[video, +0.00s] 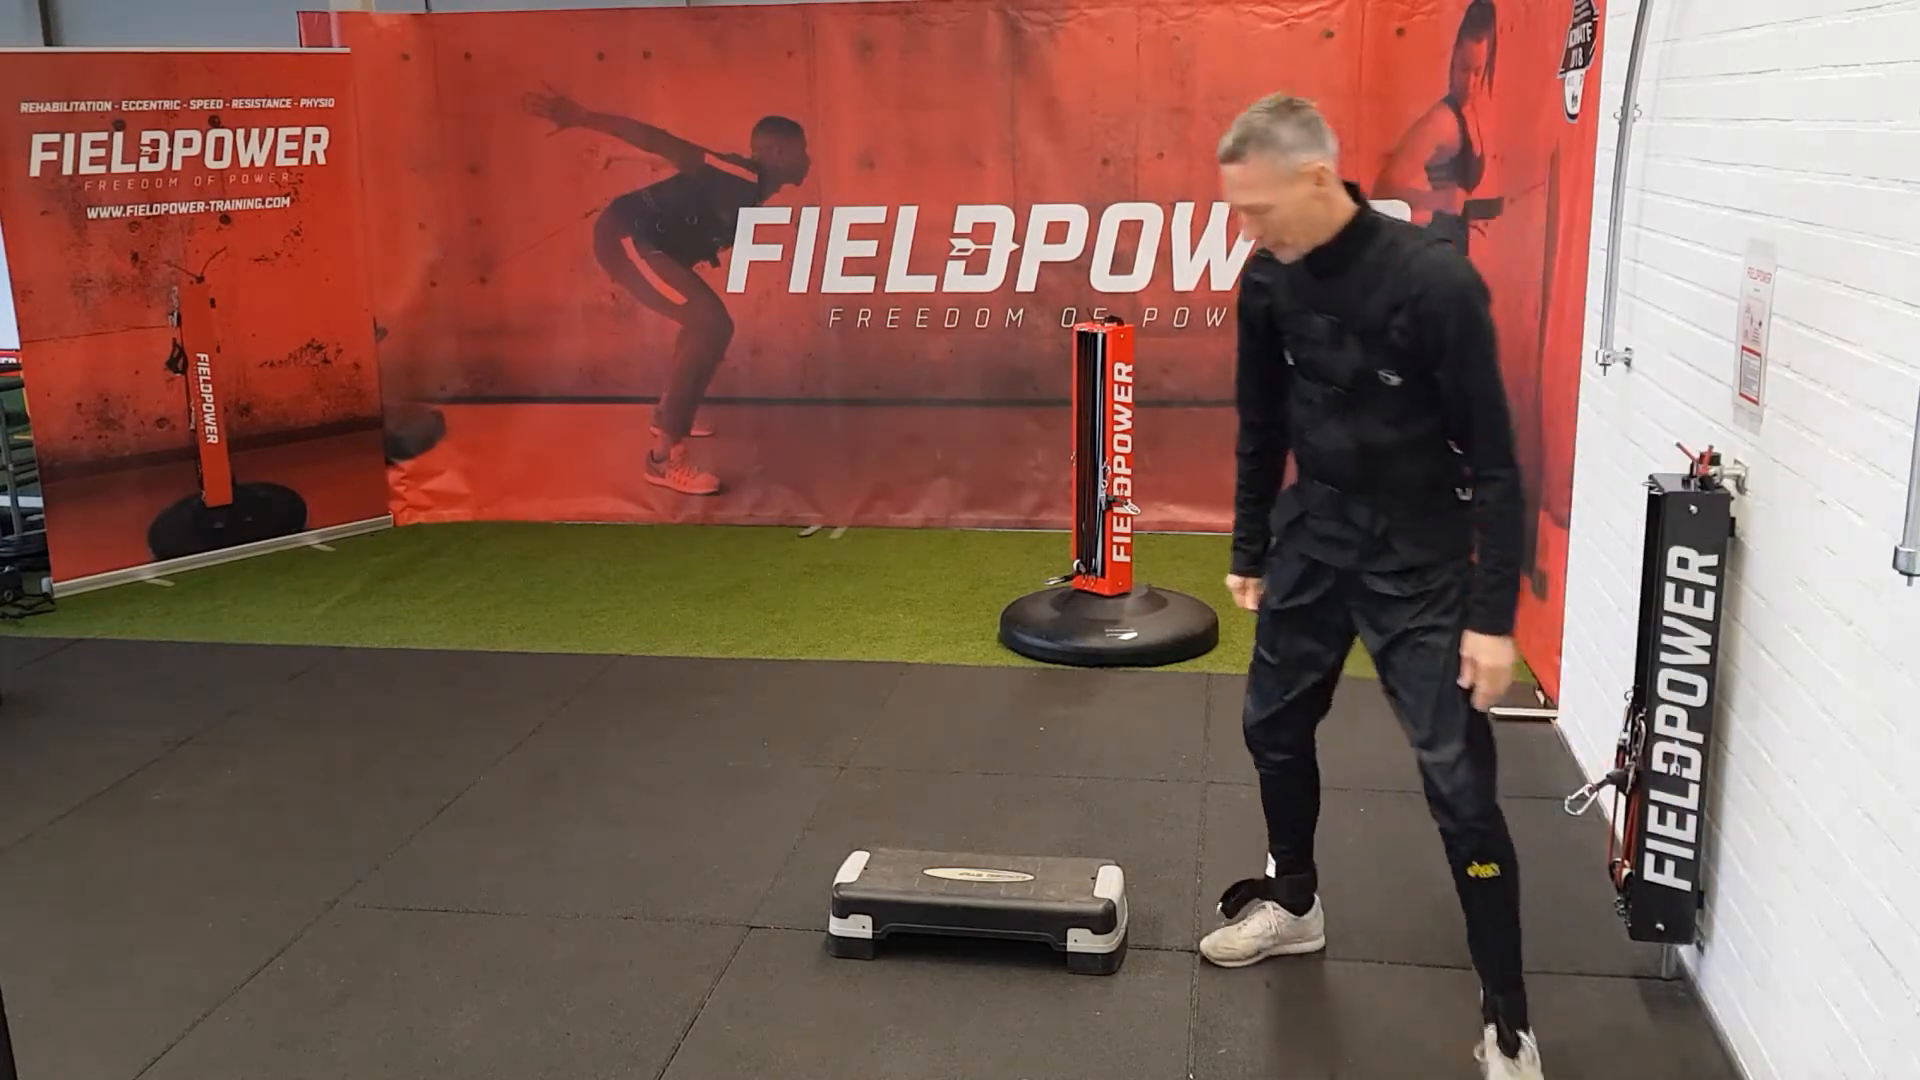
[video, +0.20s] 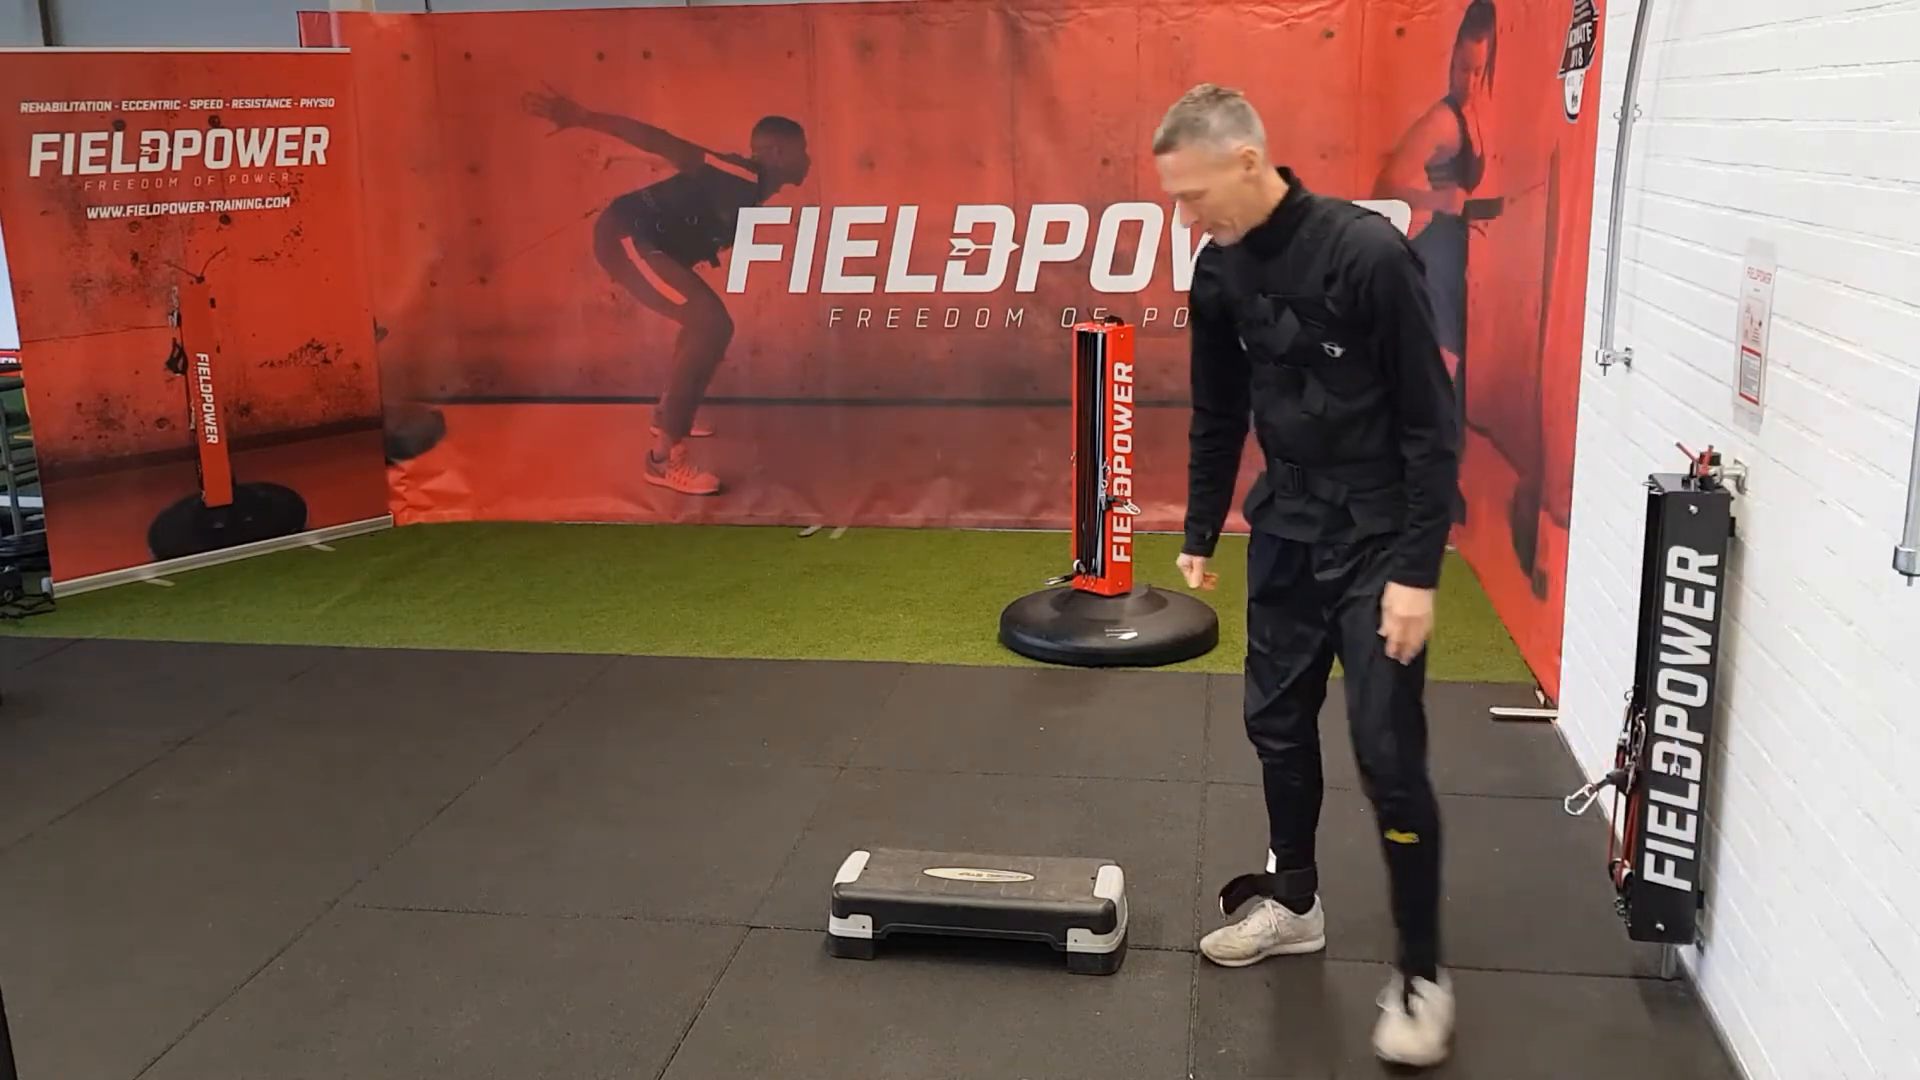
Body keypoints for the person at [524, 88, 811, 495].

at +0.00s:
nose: (807, 158)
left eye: (805, 149)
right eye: (800, 150)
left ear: (773, 151)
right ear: (771, 150)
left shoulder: (750, 188)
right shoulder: (736, 176)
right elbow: (660, 142)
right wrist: (584, 117)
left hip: (645, 237)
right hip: (626, 233)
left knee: (709, 322)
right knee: (713, 325)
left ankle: (670, 413)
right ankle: (665, 456)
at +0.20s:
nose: (807, 158)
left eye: (805, 149)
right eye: (800, 150)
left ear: (773, 151)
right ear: (771, 150)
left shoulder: (750, 188)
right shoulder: (736, 176)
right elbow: (660, 142)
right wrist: (584, 117)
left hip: (645, 237)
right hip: (626, 233)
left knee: (709, 322)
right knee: (713, 325)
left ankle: (670, 413)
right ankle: (664, 456)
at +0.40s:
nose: (807, 159)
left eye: (805, 150)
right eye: (800, 150)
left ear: (774, 151)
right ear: (772, 150)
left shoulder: (750, 188)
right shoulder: (735, 176)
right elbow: (660, 142)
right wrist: (584, 117)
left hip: (645, 237)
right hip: (626, 233)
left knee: (709, 322)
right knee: (713, 325)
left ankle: (670, 412)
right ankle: (665, 456)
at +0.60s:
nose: (807, 159)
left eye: (805, 150)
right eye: (800, 150)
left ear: (774, 151)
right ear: (772, 150)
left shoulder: (750, 188)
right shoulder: (735, 176)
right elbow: (659, 142)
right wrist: (584, 117)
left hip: (645, 237)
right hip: (626, 233)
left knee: (709, 322)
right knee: (713, 325)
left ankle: (670, 412)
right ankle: (665, 456)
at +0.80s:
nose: (808, 158)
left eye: (805, 149)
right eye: (800, 150)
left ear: (774, 151)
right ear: (771, 150)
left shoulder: (751, 188)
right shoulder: (734, 176)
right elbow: (659, 141)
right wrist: (584, 117)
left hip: (646, 237)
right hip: (626, 234)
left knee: (709, 322)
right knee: (713, 325)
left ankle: (670, 413)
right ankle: (665, 457)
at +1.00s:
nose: (808, 158)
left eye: (805, 149)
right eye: (800, 150)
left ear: (774, 152)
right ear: (770, 150)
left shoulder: (752, 188)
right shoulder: (735, 176)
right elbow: (658, 141)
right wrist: (584, 117)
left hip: (646, 237)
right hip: (626, 233)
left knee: (709, 322)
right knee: (713, 325)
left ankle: (670, 413)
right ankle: (665, 457)